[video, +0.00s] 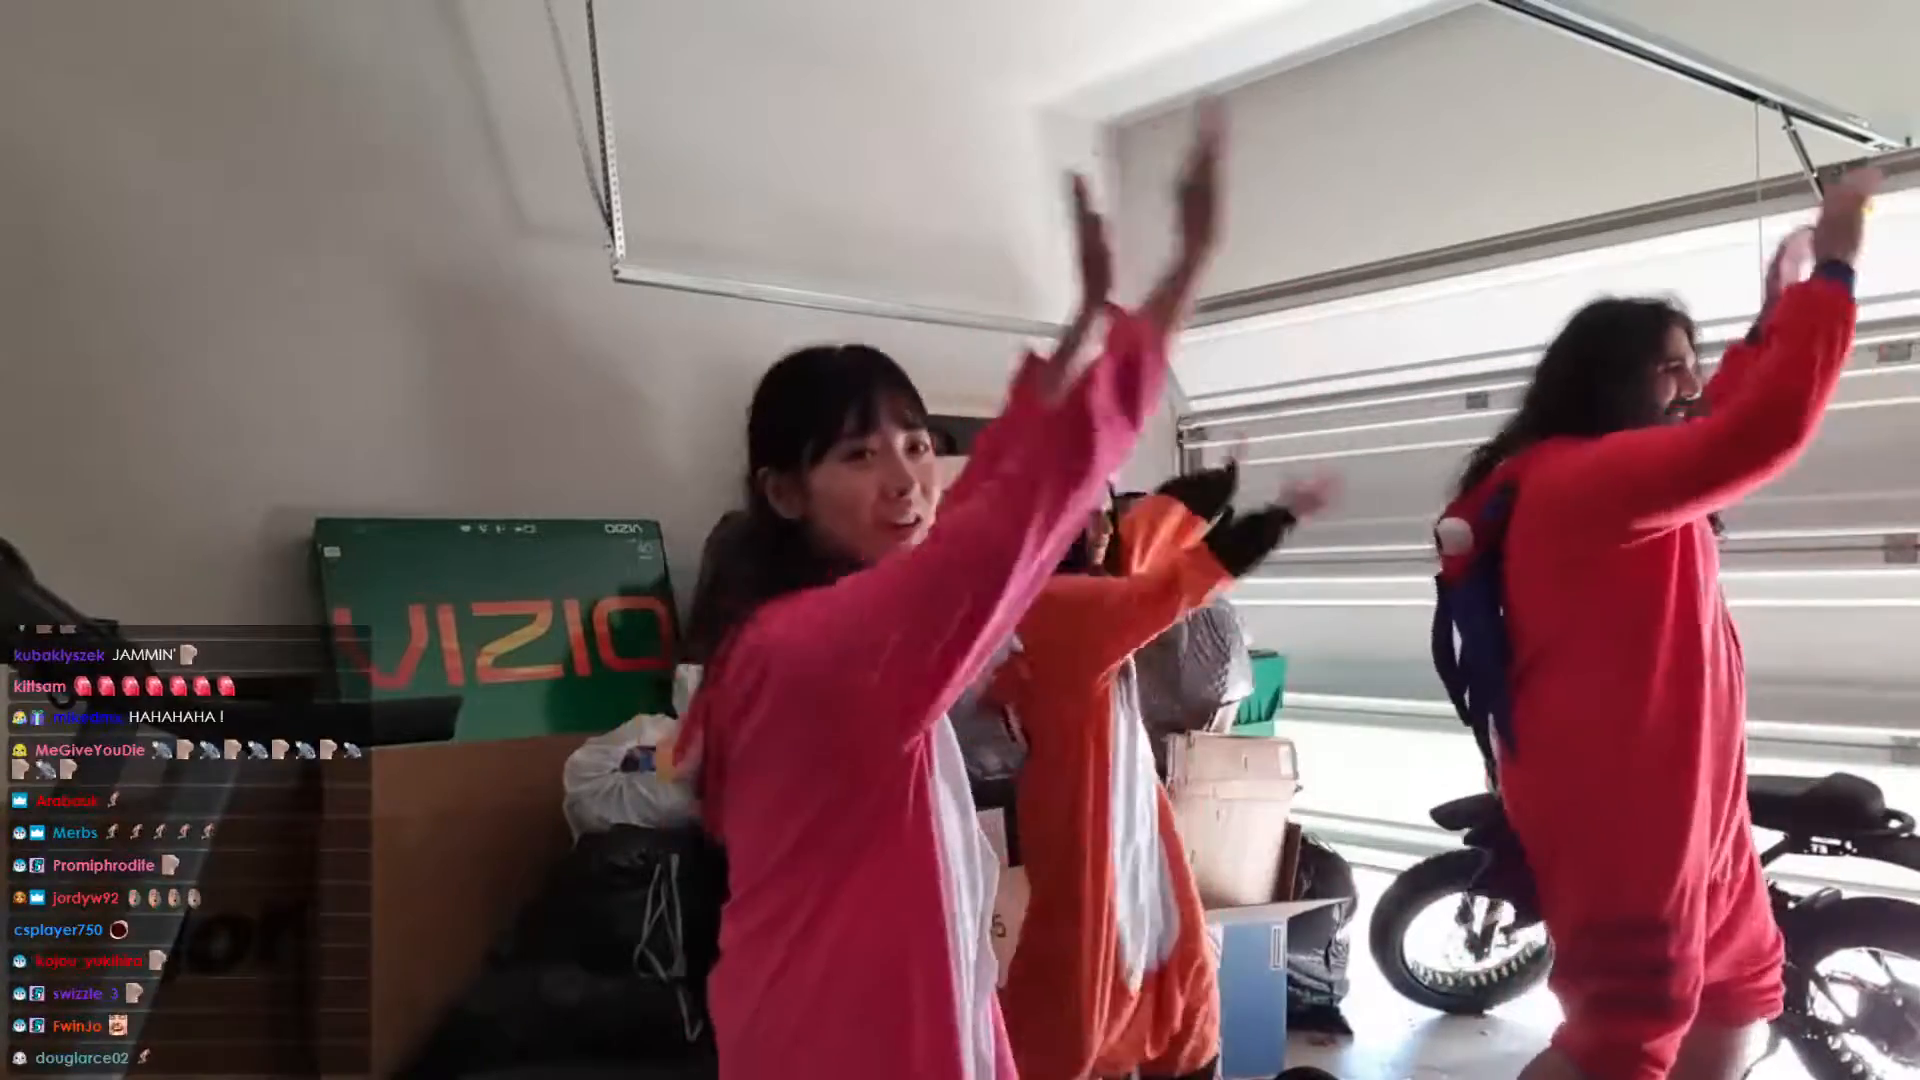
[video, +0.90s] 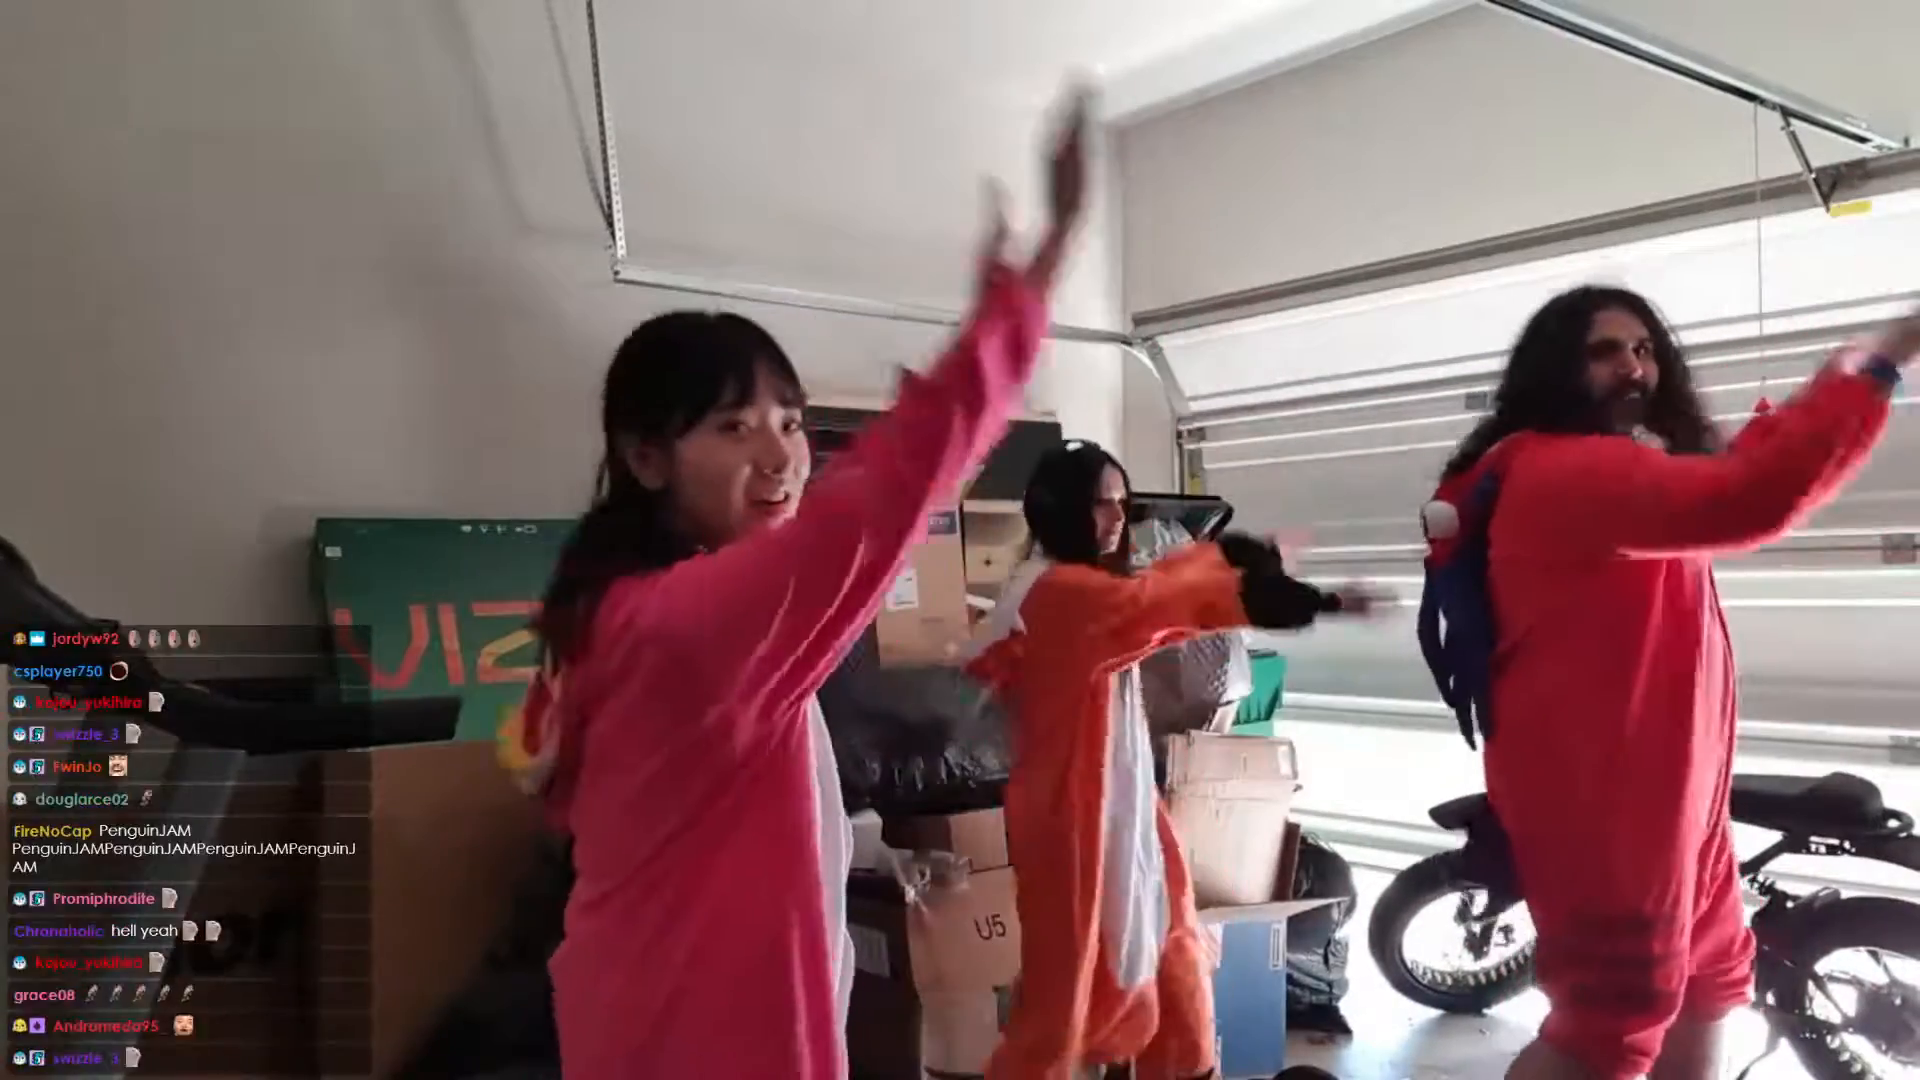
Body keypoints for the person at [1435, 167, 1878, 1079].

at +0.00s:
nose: (1694, 386)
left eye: (1693, 370)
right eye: (1674, 368)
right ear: (1613, 378)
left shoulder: (1637, 472)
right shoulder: (1572, 480)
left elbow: (1719, 429)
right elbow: (1759, 436)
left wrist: (1775, 319)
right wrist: (1837, 265)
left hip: (1693, 797)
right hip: (1617, 812)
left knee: (1736, 996)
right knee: (1629, 1030)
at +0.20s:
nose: (1690, 370)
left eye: (1701, 355)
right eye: (1668, 348)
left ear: (1710, 369)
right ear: (1609, 354)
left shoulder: (1651, 465)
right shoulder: (1580, 464)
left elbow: (1709, 576)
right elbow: (1704, 588)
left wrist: (1800, 575)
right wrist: (1900, 601)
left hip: (1666, 786)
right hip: (1593, 794)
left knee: (1663, 992)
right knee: (1571, 1013)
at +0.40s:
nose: (1698, 365)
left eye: (1709, 349)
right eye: (1672, 345)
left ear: (1719, 363)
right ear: (1620, 354)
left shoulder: (1651, 466)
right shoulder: (1595, 467)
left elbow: (1685, 641)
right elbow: (1617, 646)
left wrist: (1721, 772)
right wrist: (1701, 788)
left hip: (1645, 772)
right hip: (1583, 773)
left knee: (1643, 992)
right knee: (1558, 1006)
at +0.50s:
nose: (1651, 364)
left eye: (1662, 348)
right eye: (1627, 346)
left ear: (1678, 362)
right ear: (1577, 359)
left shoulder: (1635, 469)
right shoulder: (1562, 469)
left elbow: (1717, 573)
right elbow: (1695, 603)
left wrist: (1834, 632)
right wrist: (1864, 691)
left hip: (1664, 791)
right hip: (1584, 798)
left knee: (1657, 998)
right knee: (1562, 1016)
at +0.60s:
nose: (1633, 376)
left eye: (1645, 359)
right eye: (1607, 359)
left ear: (1662, 372)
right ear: (1553, 376)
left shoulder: (1620, 471)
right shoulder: (1552, 475)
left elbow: (1733, 488)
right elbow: (1739, 508)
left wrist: (1848, 449)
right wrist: (1906, 474)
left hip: (1673, 792)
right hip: (1590, 804)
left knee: (1704, 982)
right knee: (1591, 1025)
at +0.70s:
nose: (1636, 394)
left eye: (1648, 378)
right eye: (1609, 375)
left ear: (1663, 392)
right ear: (1557, 391)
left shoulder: (1625, 481)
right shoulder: (1543, 488)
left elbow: (1704, 460)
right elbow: (1735, 468)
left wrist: (1795, 375)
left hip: (1677, 791)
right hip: (1592, 807)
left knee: (1731, 992)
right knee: (1621, 1034)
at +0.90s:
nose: (1634, 370)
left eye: (1645, 351)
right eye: (1605, 353)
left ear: (1663, 367)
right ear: (1554, 373)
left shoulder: (1625, 469)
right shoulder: (1545, 474)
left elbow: (1728, 482)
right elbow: (1743, 499)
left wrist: (1825, 390)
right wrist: (1877, 367)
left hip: (1676, 791)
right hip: (1599, 805)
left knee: (1708, 988)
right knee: (1612, 1025)